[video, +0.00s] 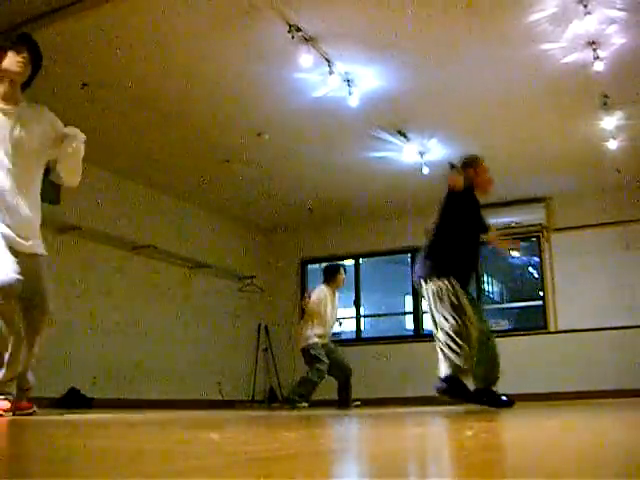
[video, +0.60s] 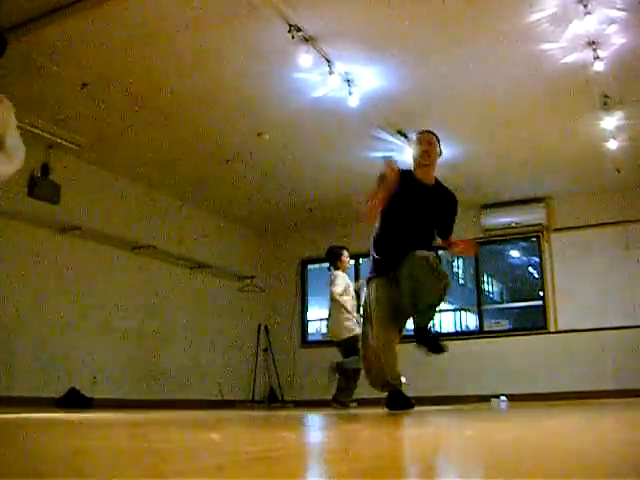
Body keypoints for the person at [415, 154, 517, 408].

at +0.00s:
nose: (489, 178)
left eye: (487, 172)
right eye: (484, 172)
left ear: (476, 174)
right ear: (472, 174)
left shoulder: (469, 204)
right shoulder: (461, 196)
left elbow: (482, 234)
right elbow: (456, 182)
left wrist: (501, 242)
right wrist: (455, 179)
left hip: (450, 275)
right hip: (438, 273)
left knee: (478, 330)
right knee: (459, 326)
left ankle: (483, 386)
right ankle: (450, 378)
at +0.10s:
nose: (475, 158)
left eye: (474, 154)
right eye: (470, 154)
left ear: (459, 160)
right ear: (457, 158)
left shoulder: (463, 195)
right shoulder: (444, 179)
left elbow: (499, 213)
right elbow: (473, 164)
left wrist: (538, 222)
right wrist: (502, 158)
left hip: (437, 259)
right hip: (423, 256)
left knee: (462, 317)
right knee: (451, 309)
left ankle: (463, 381)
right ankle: (425, 359)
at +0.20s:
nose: (460, 159)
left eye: (460, 154)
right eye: (452, 154)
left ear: (460, 158)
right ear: (438, 159)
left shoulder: (457, 193)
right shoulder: (429, 181)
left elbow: (491, 208)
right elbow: (468, 178)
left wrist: (516, 199)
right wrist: (511, 161)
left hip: (439, 266)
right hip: (414, 262)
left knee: (453, 331)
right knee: (439, 305)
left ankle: (426, 375)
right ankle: (410, 360)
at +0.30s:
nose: (451, 165)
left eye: (451, 161)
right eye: (444, 160)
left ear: (448, 167)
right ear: (427, 166)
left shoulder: (447, 201)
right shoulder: (419, 191)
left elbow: (476, 216)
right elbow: (447, 213)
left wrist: (483, 183)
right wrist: (471, 190)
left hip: (434, 277)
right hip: (411, 274)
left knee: (430, 334)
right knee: (415, 329)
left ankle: (413, 390)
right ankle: (399, 389)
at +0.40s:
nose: (439, 164)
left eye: (442, 159)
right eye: (432, 159)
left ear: (447, 163)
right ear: (420, 163)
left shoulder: (455, 199)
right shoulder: (407, 191)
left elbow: (463, 235)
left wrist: (453, 206)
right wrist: (440, 211)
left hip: (430, 278)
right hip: (398, 274)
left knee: (436, 336)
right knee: (400, 331)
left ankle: (421, 373)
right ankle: (392, 390)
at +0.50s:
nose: (431, 161)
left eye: (436, 157)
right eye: (426, 156)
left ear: (442, 164)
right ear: (415, 162)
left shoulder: (448, 206)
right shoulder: (395, 194)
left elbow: (446, 255)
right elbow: (377, 234)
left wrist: (445, 234)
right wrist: (415, 226)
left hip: (426, 273)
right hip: (389, 272)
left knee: (435, 303)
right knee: (385, 328)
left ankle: (438, 341)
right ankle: (389, 391)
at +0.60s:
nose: (424, 151)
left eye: (429, 146)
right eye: (419, 146)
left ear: (438, 153)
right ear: (411, 151)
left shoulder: (445, 198)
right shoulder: (394, 180)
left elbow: (445, 239)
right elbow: (370, 214)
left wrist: (458, 247)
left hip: (419, 266)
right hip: (386, 267)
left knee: (423, 262)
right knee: (381, 332)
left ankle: (422, 327)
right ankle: (393, 389)